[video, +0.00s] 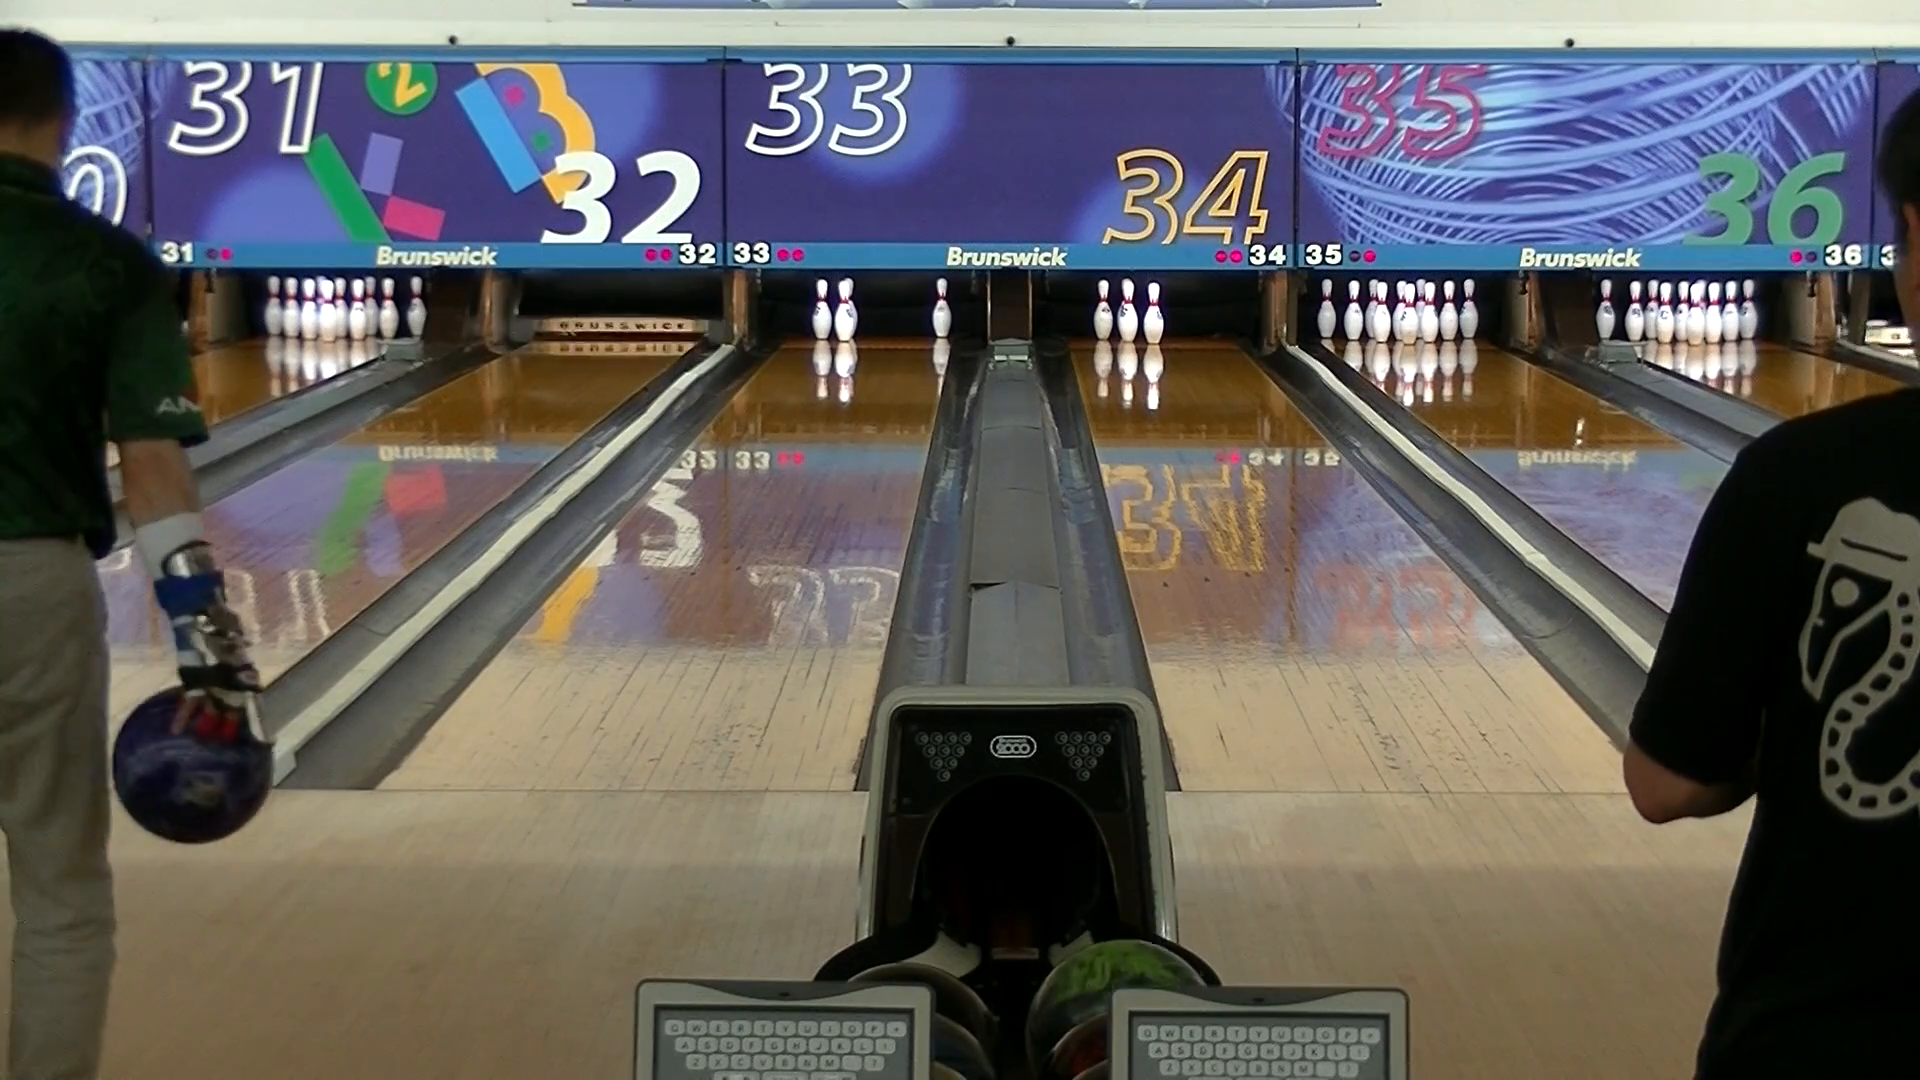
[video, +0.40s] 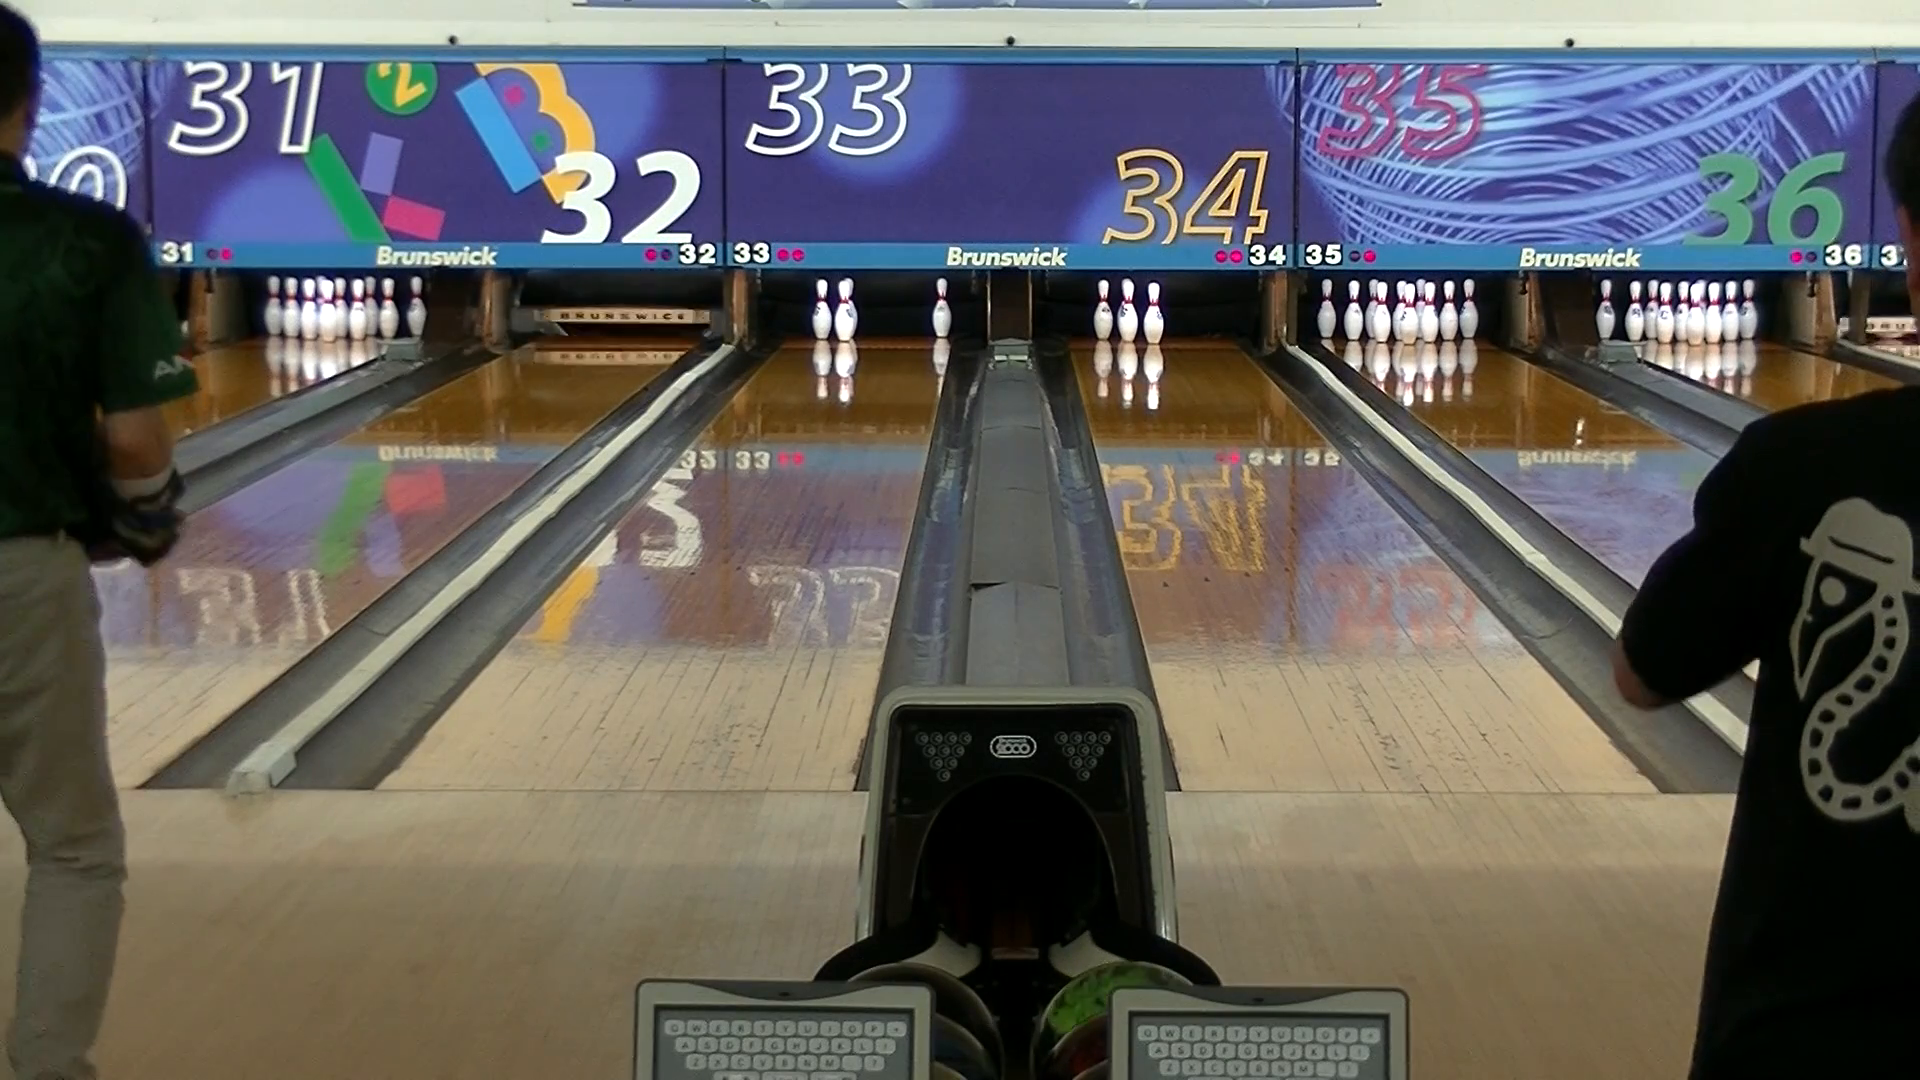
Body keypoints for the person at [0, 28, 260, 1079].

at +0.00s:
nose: (55, 138)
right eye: (61, 118)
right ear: (58, 122)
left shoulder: (100, 261)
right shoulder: (101, 260)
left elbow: (145, 457)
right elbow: (146, 456)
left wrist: (195, 616)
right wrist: (200, 617)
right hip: (29, 590)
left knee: (50, 884)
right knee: (55, 886)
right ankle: (49, 1067)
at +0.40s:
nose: (35, 110)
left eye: (26, 92)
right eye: (33, 92)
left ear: (10, 100)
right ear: (23, 102)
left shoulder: (78, 237)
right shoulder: (78, 238)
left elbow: (132, 446)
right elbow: (137, 448)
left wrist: (127, 478)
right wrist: (142, 493)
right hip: (23, 574)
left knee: (67, 842)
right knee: (71, 846)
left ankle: (43, 1057)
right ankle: (46, 1063)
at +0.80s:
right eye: (55, 89)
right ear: (66, 105)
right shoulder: (125, 238)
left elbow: (156, 382)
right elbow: (157, 382)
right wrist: (60, 331)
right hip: (61, 580)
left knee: (71, 861)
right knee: (77, 866)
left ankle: (48, 1063)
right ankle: (59, 1072)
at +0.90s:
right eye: (57, 85)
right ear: (69, 102)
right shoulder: (128, 235)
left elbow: (146, 375)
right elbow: (146, 375)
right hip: (74, 574)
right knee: (83, 864)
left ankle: (36, 1063)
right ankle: (60, 1072)